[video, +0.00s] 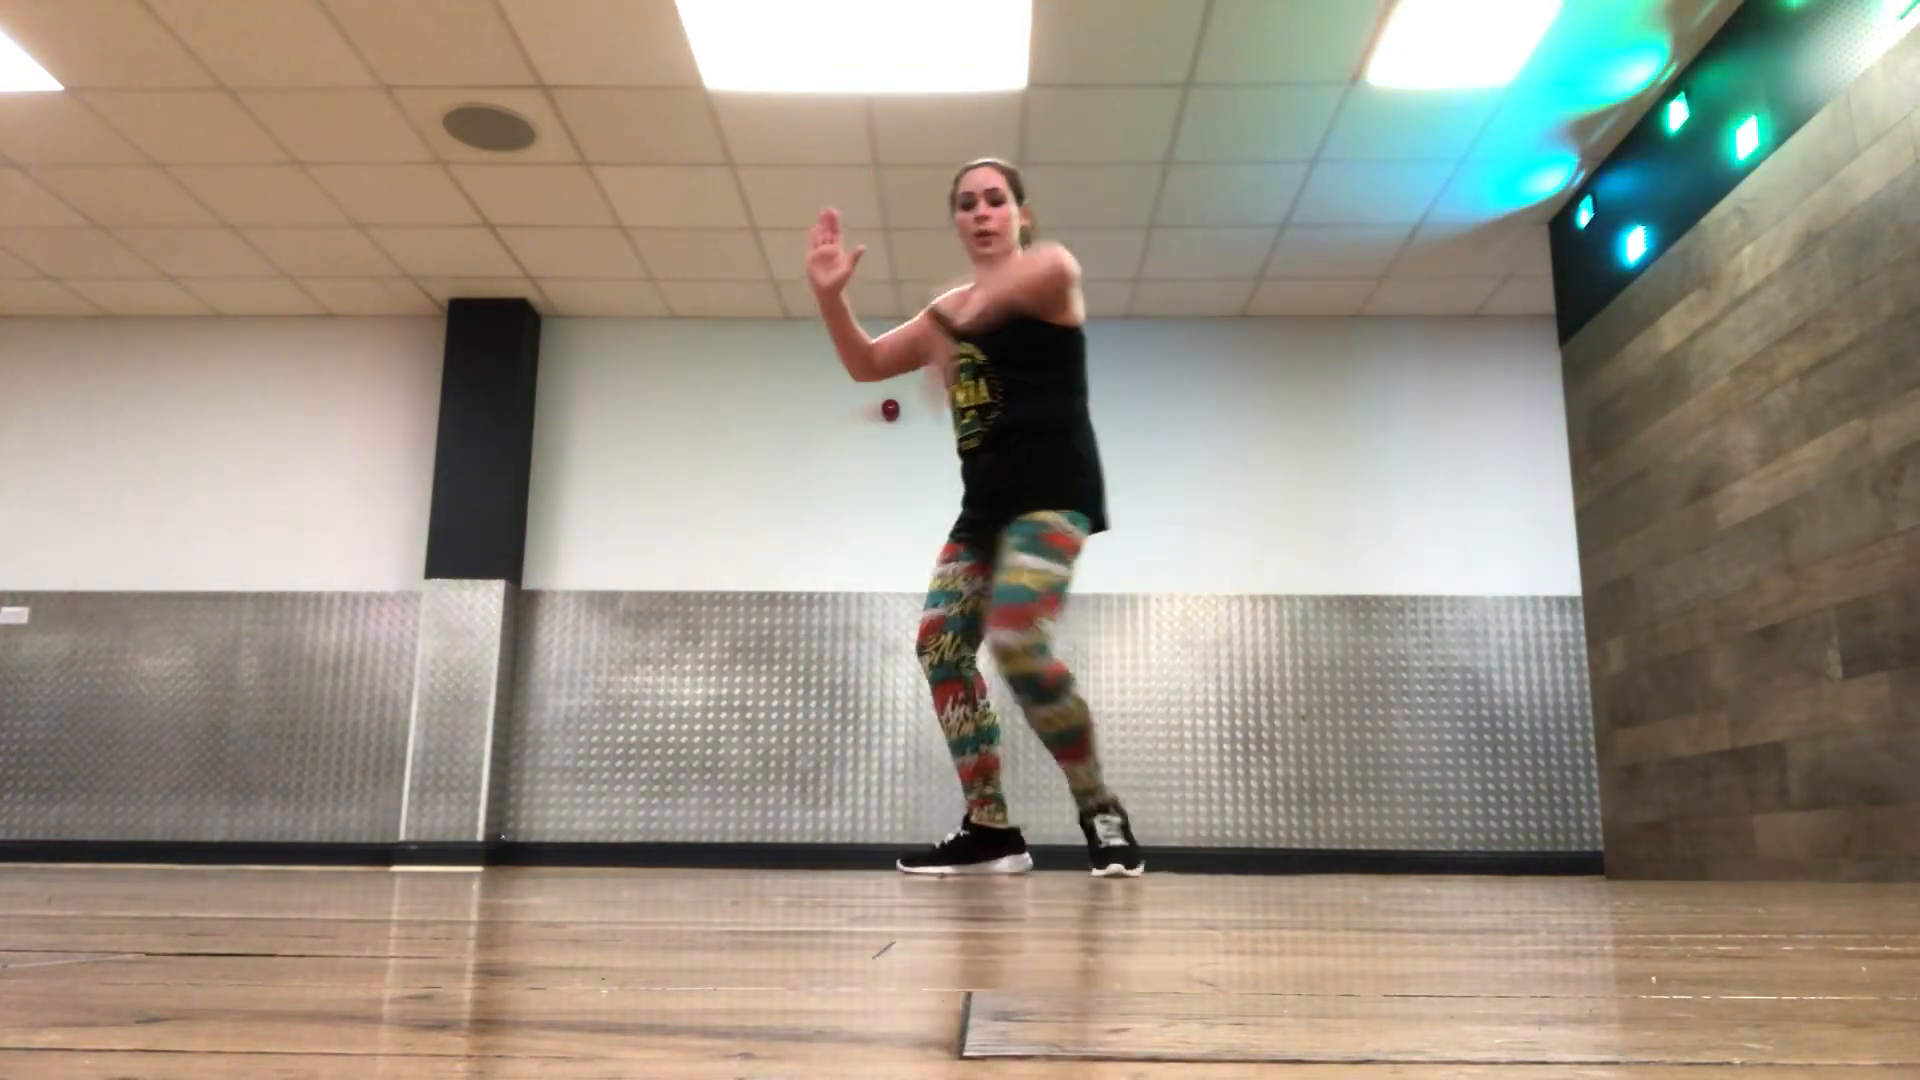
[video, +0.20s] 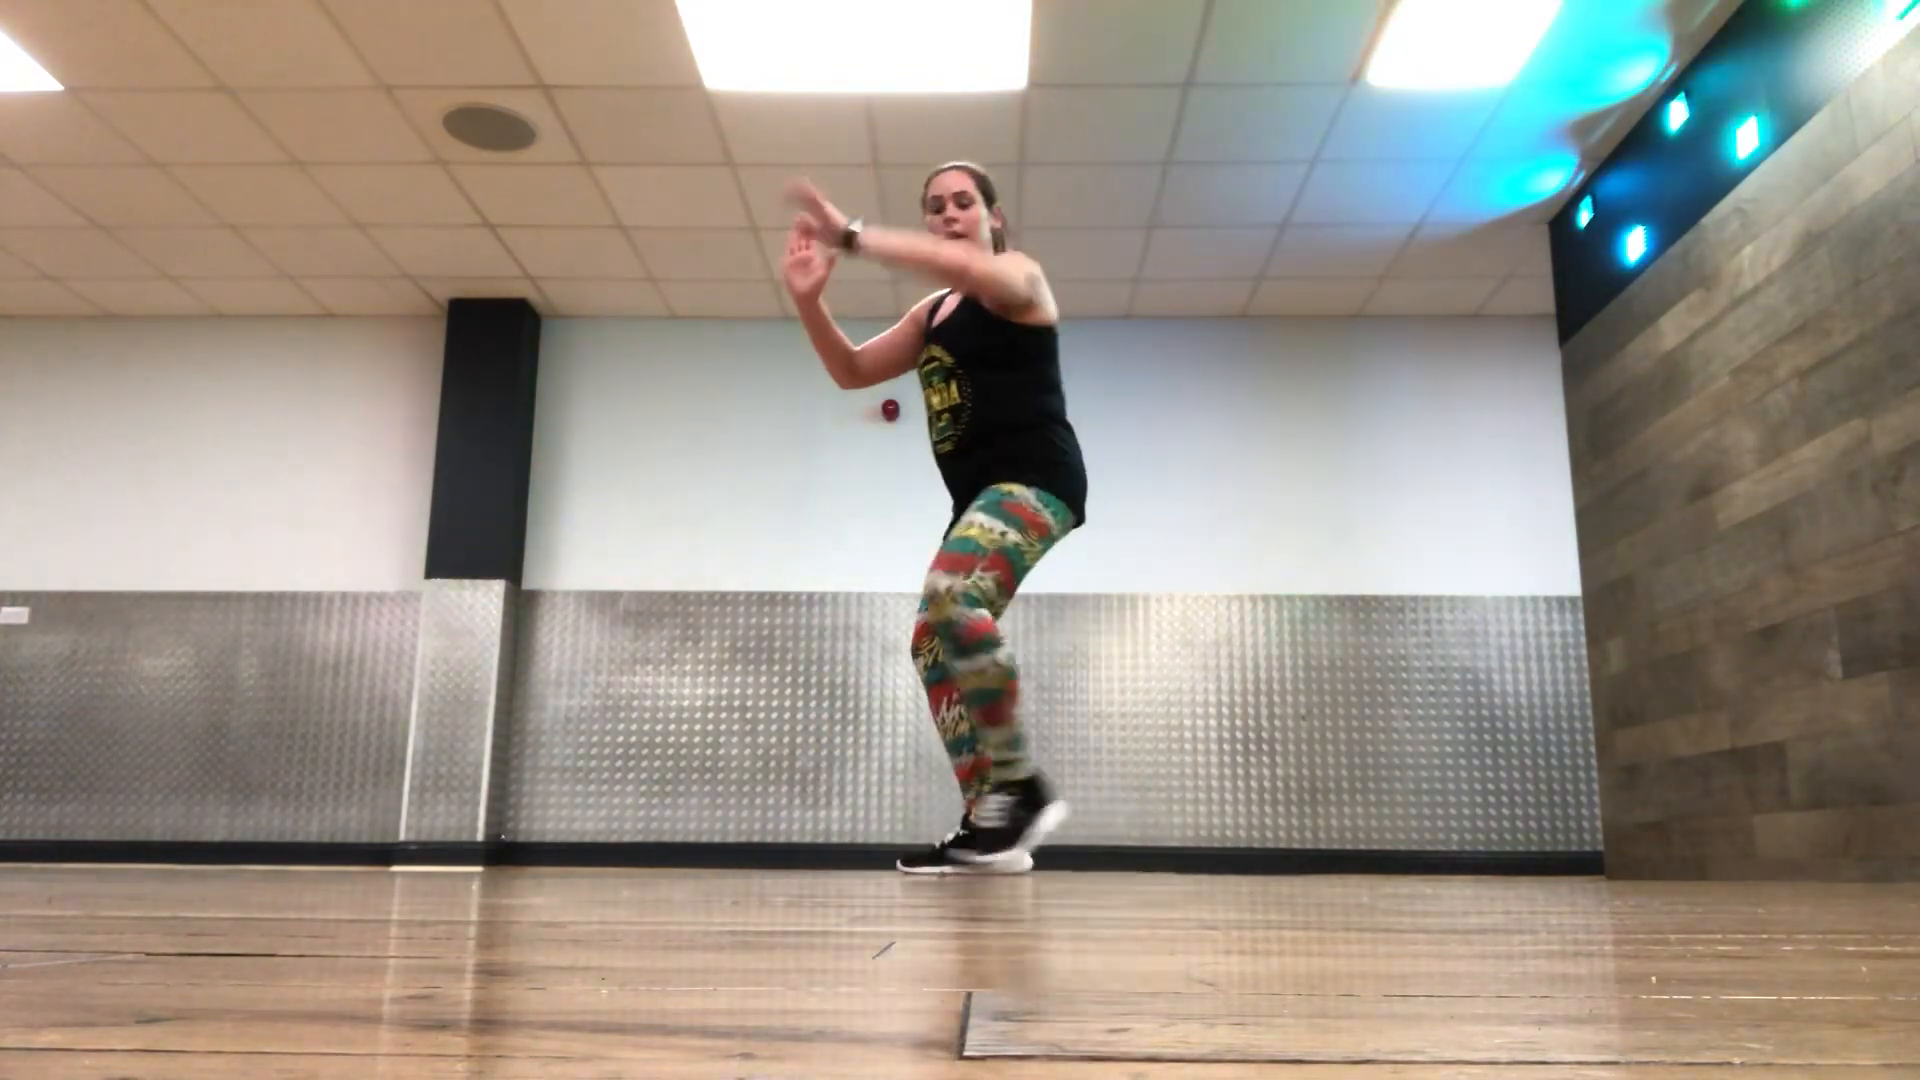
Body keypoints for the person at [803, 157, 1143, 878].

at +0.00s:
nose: (981, 211)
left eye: (995, 199)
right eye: (968, 204)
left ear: (1022, 214)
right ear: (954, 223)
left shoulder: (1050, 266)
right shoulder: (949, 307)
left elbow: (1000, 295)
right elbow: (867, 362)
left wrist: (954, 316)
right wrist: (830, 296)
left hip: (1053, 494)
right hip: (985, 505)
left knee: (1016, 640)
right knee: (943, 646)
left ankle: (1099, 812)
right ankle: (990, 829)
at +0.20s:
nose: (949, 214)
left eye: (963, 201)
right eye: (935, 207)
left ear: (994, 219)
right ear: (925, 226)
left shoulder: (1021, 277)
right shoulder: (932, 312)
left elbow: (961, 266)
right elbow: (852, 370)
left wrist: (854, 235)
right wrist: (808, 302)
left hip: (1034, 479)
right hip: (979, 494)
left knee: (955, 602)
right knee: (931, 643)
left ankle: (1021, 788)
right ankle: (988, 825)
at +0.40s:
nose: (936, 220)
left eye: (951, 207)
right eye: (924, 213)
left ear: (982, 223)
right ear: (913, 234)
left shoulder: (1005, 280)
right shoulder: (923, 321)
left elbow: (951, 322)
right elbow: (843, 377)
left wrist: (827, 327)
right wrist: (800, 312)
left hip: (1022, 493)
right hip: (962, 503)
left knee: (945, 622)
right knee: (914, 644)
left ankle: (956, 821)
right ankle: (988, 824)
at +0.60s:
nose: (935, 212)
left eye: (948, 196)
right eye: (924, 203)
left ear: (975, 218)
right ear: (910, 229)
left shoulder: (996, 288)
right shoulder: (911, 320)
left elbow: (997, 212)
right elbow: (830, 376)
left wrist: (881, 219)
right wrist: (791, 307)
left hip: (1033, 486)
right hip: (962, 501)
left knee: (964, 602)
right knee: (921, 643)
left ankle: (958, 812)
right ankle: (992, 825)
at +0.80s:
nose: (941, 211)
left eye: (955, 199)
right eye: (928, 203)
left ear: (982, 217)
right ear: (916, 228)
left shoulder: (1007, 284)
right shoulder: (911, 320)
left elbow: (1031, 271)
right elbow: (830, 380)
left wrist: (919, 243)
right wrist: (796, 309)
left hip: (1043, 484)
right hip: (963, 503)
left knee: (1006, 597)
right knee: (931, 645)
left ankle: (1049, 803)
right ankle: (987, 823)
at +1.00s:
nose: (955, 213)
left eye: (968, 202)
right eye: (941, 205)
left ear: (995, 221)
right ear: (925, 230)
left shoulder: (1026, 276)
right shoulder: (917, 322)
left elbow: (1064, 299)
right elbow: (835, 381)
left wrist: (953, 288)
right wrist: (805, 313)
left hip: (1053, 494)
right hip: (969, 507)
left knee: (1030, 625)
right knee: (928, 645)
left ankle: (1069, 823)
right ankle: (983, 825)